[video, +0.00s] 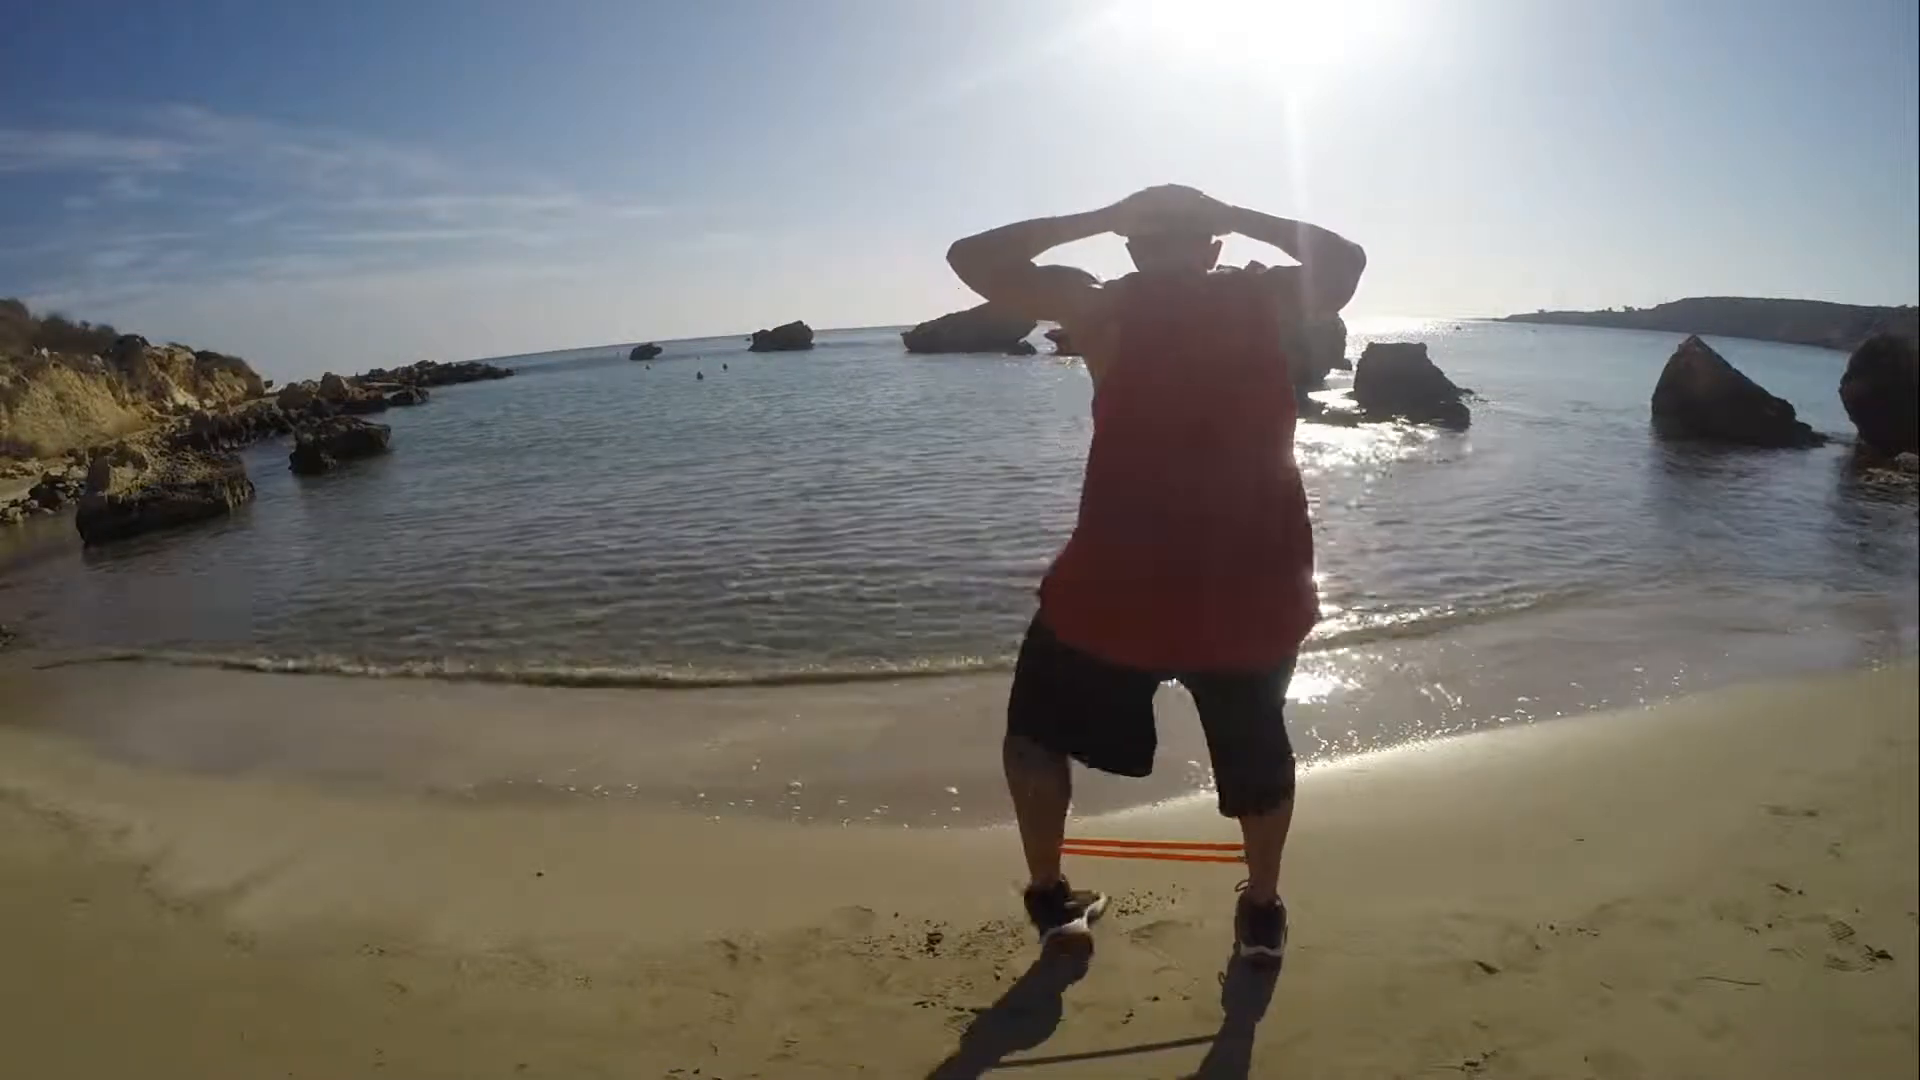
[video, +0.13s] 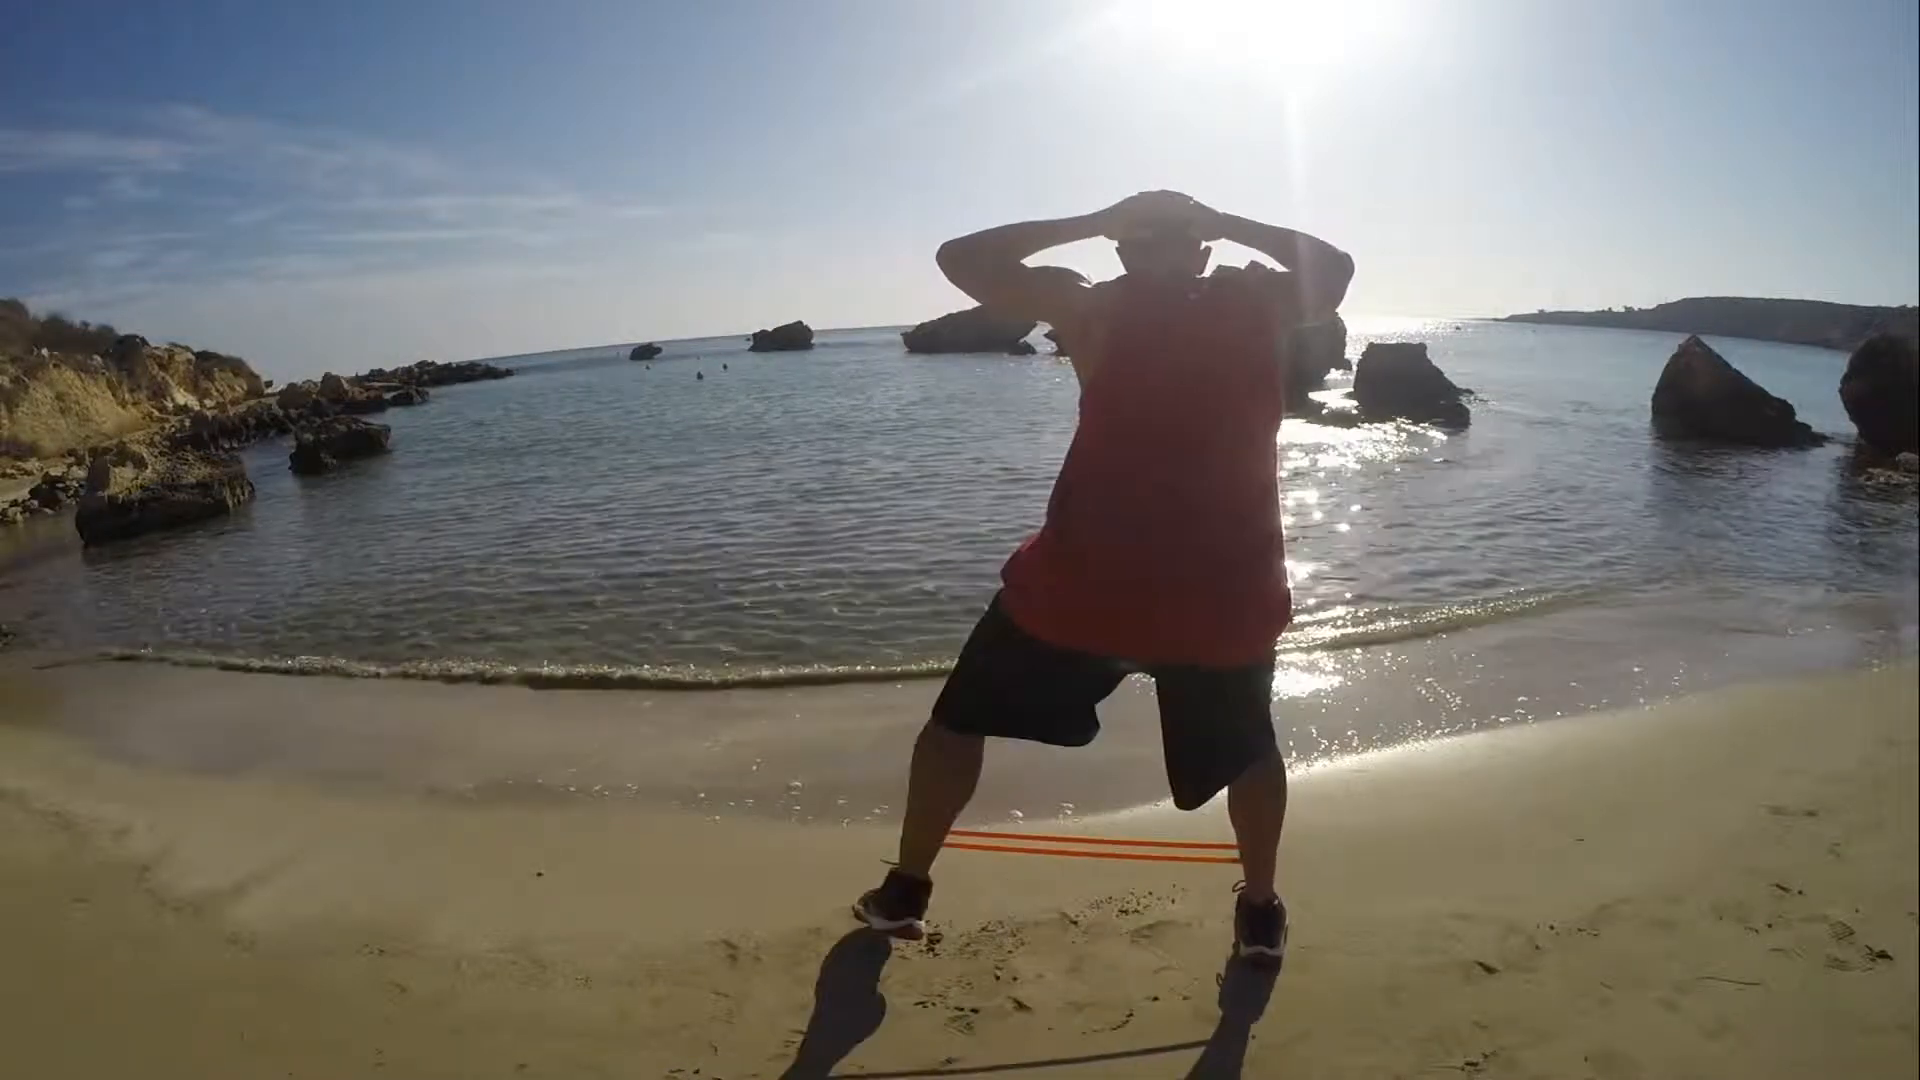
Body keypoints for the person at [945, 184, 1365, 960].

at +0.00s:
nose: (1145, 254)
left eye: (1142, 239)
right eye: (1152, 236)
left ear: (1133, 244)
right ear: (1212, 241)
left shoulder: (1109, 310)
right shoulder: (1272, 298)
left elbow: (973, 257)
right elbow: (1345, 257)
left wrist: (1102, 217)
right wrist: (1237, 216)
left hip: (1116, 573)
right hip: (1250, 580)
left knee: (1036, 726)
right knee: (1258, 743)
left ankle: (1046, 890)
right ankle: (1263, 906)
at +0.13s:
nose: (1144, 243)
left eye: (1137, 232)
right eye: (1161, 227)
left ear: (1120, 248)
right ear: (1203, 246)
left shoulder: (1089, 310)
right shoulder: (1259, 303)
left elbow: (960, 257)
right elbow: (1334, 263)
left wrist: (1092, 223)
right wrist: (1224, 221)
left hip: (1087, 566)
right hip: (1225, 581)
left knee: (959, 718)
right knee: (1249, 744)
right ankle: (1260, 908)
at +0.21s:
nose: (1135, 258)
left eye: (1126, 244)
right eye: (1150, 245)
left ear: (1107, 254)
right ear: (1184, 253)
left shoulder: (1068, 315)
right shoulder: (1238, 311)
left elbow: (943, 262)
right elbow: (1316, 269)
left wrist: (1077, 228)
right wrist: (1208, 229)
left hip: (1058, 572)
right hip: (1201, 586)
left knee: (909, 726)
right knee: (1240, 748)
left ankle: (822, 881)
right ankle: (1257, 907)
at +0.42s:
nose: (1050, 265)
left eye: (1044, 252)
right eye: (1052, 253)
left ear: (1001, 269)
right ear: (1083, 271)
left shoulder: (954, 337)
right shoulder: (1136, 336)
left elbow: (837, 283)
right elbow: (1233, 291)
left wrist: (968, 247)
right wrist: (1116, 246)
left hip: (959, 616)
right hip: (1110, 620)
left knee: (834, 765)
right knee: (1202, 767)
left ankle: (771, 922)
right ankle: (1249, 904)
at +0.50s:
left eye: (961, 247)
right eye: (999, 247)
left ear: (942, 260)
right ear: (1025, 263)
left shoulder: (891, 327)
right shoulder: (1072, 325)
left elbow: (779, 269)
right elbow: (1179, 279)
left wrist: (908, 236)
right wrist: (1057, 236)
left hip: (907, 607)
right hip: (1055, 607)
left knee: (807, 764)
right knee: (1169, 758)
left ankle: (769, 926)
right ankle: (1238, 903)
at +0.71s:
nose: (866, 227)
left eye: (857, 218)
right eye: (875, 218)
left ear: (824, 241)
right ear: (914, 242)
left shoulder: (776, 304)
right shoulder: (961, 297)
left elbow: (676, 253)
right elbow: (1070, 247)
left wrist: (797, 218)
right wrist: (941, 211)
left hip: (809, 591)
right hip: (956, 583)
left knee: (767, 771)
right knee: (1025, 754)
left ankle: (764, 923)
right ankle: (1033, 910)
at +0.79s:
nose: (837, 230)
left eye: (843, 220)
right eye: (832, 219)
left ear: (799, 240)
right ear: (888, 239)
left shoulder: (753, 303)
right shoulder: (937, 293)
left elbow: (658, 258)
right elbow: (1047, 243)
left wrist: (773, 218)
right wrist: (916, 209)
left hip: (784, 594)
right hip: (930, 591)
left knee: (754, 774)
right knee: (961, 767)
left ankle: (763, 922)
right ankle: (940, 909)